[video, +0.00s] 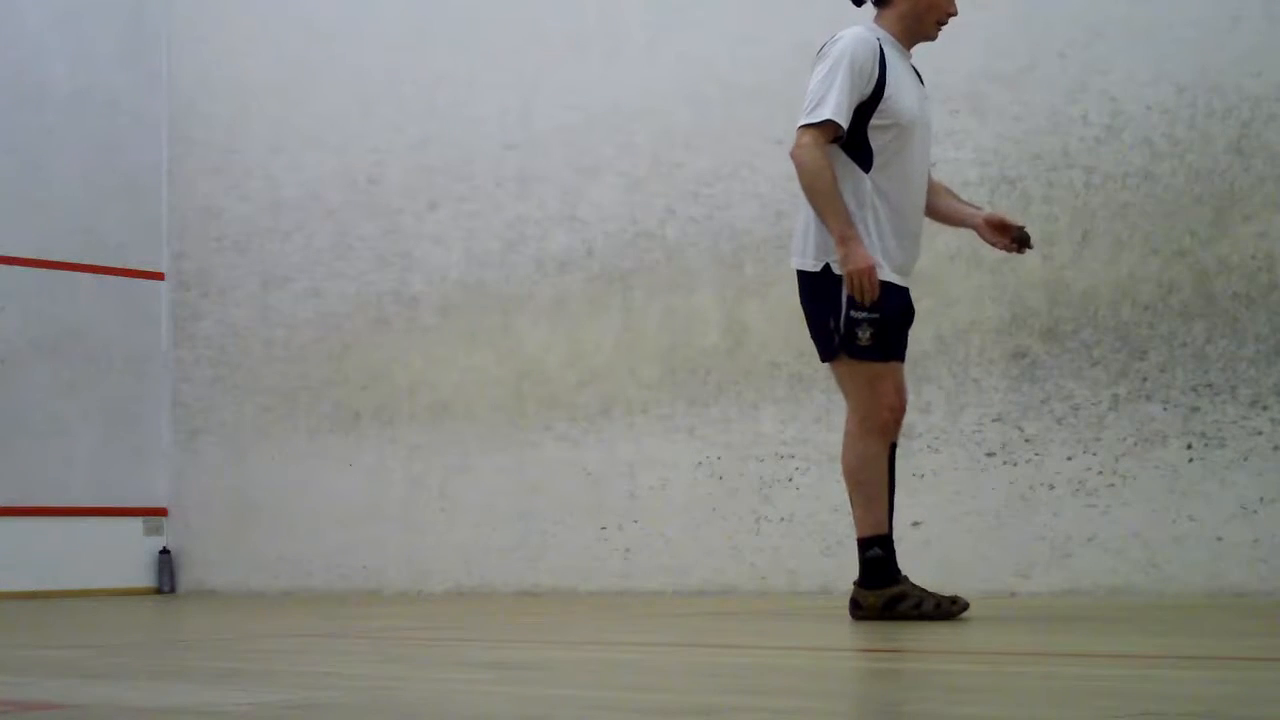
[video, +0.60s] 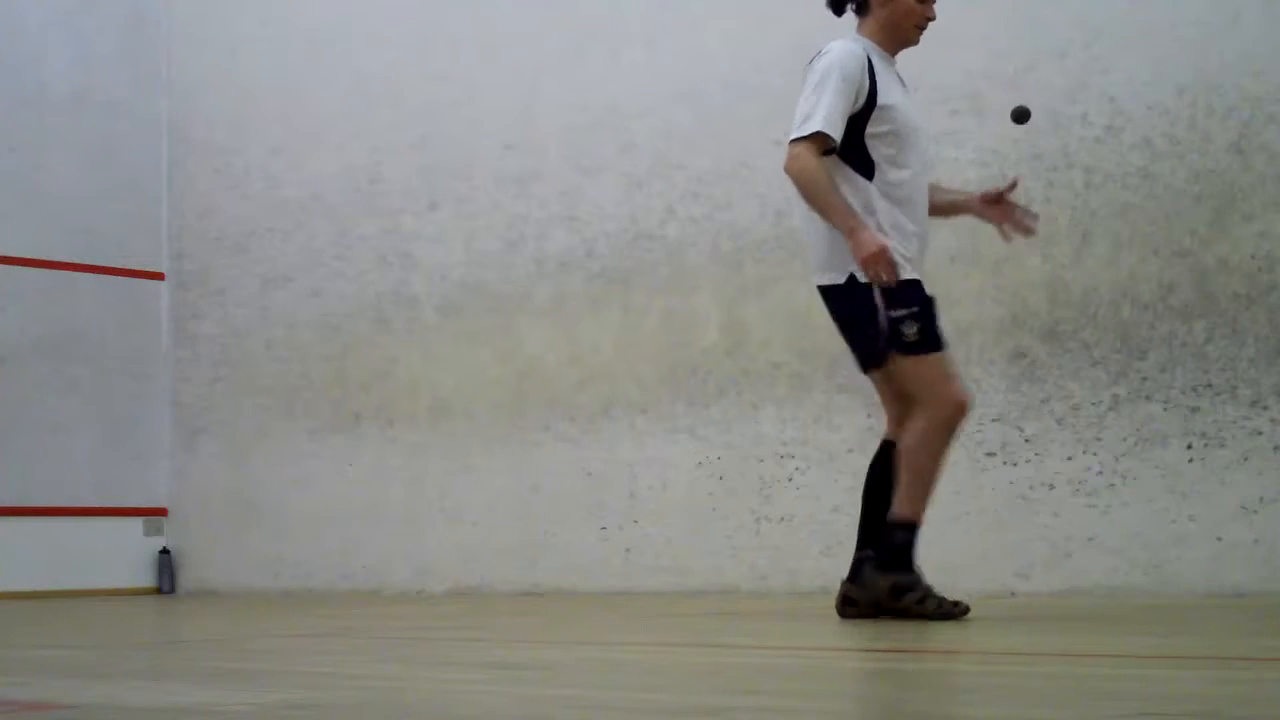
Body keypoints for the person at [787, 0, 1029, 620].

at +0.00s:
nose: (952, 10)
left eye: (952, 2)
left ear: (911, 3)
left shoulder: (907, 70)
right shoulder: (857, 47)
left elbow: (911, 183)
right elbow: (808, 149)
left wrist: (978, 218)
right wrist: (849, 243)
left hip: (882, 268)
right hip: (846, 267)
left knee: (878, 413)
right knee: (878, 410)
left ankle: (879, 579)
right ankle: (877, 581)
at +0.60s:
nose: (932, 12)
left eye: (932, 3)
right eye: (923, 1)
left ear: (886, 7)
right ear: (882, 2)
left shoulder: (883, 73)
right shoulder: (845, 58)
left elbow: (896, 191)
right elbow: (802, 159)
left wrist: (975, 203)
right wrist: (859, 234)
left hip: (880, 269)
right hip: (868, 269)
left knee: (908, 418)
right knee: (942, 401)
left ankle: (869, 577)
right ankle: (894, 568)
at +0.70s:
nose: (927, 26)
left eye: (928, 15)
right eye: (917, 13)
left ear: (888, 18)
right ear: (875, 12)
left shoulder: (878, 89)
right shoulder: (842, 75)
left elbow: (891, 207)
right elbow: (792, 176)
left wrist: (963, 233)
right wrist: (846, 246)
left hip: (881, 274)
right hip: (879, 270)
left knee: (928, 432)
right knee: (1012, 343)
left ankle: (869, 582)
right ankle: (939, 484)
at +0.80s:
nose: (928, 38)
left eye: (930, 26)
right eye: (919, 24)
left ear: (896, 28)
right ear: (877, 22)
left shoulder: (882, 96)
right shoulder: (843, 85)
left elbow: (878, 197)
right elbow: (790, 183)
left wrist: (932, 237)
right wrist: (848, 259)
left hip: (881, 277)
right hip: (880, 267)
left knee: (937, 430)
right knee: (1031, 257)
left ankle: (869, 582)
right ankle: (969, 405)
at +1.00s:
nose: (931, 21)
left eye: (934, 11)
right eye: (918, 9)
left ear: (931, 20)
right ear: (878, 12)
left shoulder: (907, 92)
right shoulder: (848, 72)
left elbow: (917, 205)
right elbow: (785, 167)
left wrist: (993, 286)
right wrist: (835, 216)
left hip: (898, 268)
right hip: (874, 262)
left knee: (935, 431)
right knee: (1028, 233)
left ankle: (869, 581)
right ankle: (936, 377)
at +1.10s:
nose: (927, 13)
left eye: (934, 4)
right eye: (912, 2)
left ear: (940, 16)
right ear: (879, 12)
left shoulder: (935, 105)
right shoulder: (850, 69)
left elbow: (963, 206)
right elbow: (777, 152)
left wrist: (1020, 269)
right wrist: (771, 179)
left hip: (894, 263)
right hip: (872, 255)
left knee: (948, 431)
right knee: (1017, 304)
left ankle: (870, 581)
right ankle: (917, 446)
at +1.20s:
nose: (925, 8)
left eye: (934, 0)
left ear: (944, 13)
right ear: (882, 12)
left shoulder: (956, 99)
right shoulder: (852, 72)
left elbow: (1009, 177)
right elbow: (773, 149)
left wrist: (1043, 217)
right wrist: (705, 179)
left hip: (917, 266)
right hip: (875, 258)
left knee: (948, 435)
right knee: (989, 361)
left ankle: (870, 581)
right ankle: (931, 534)